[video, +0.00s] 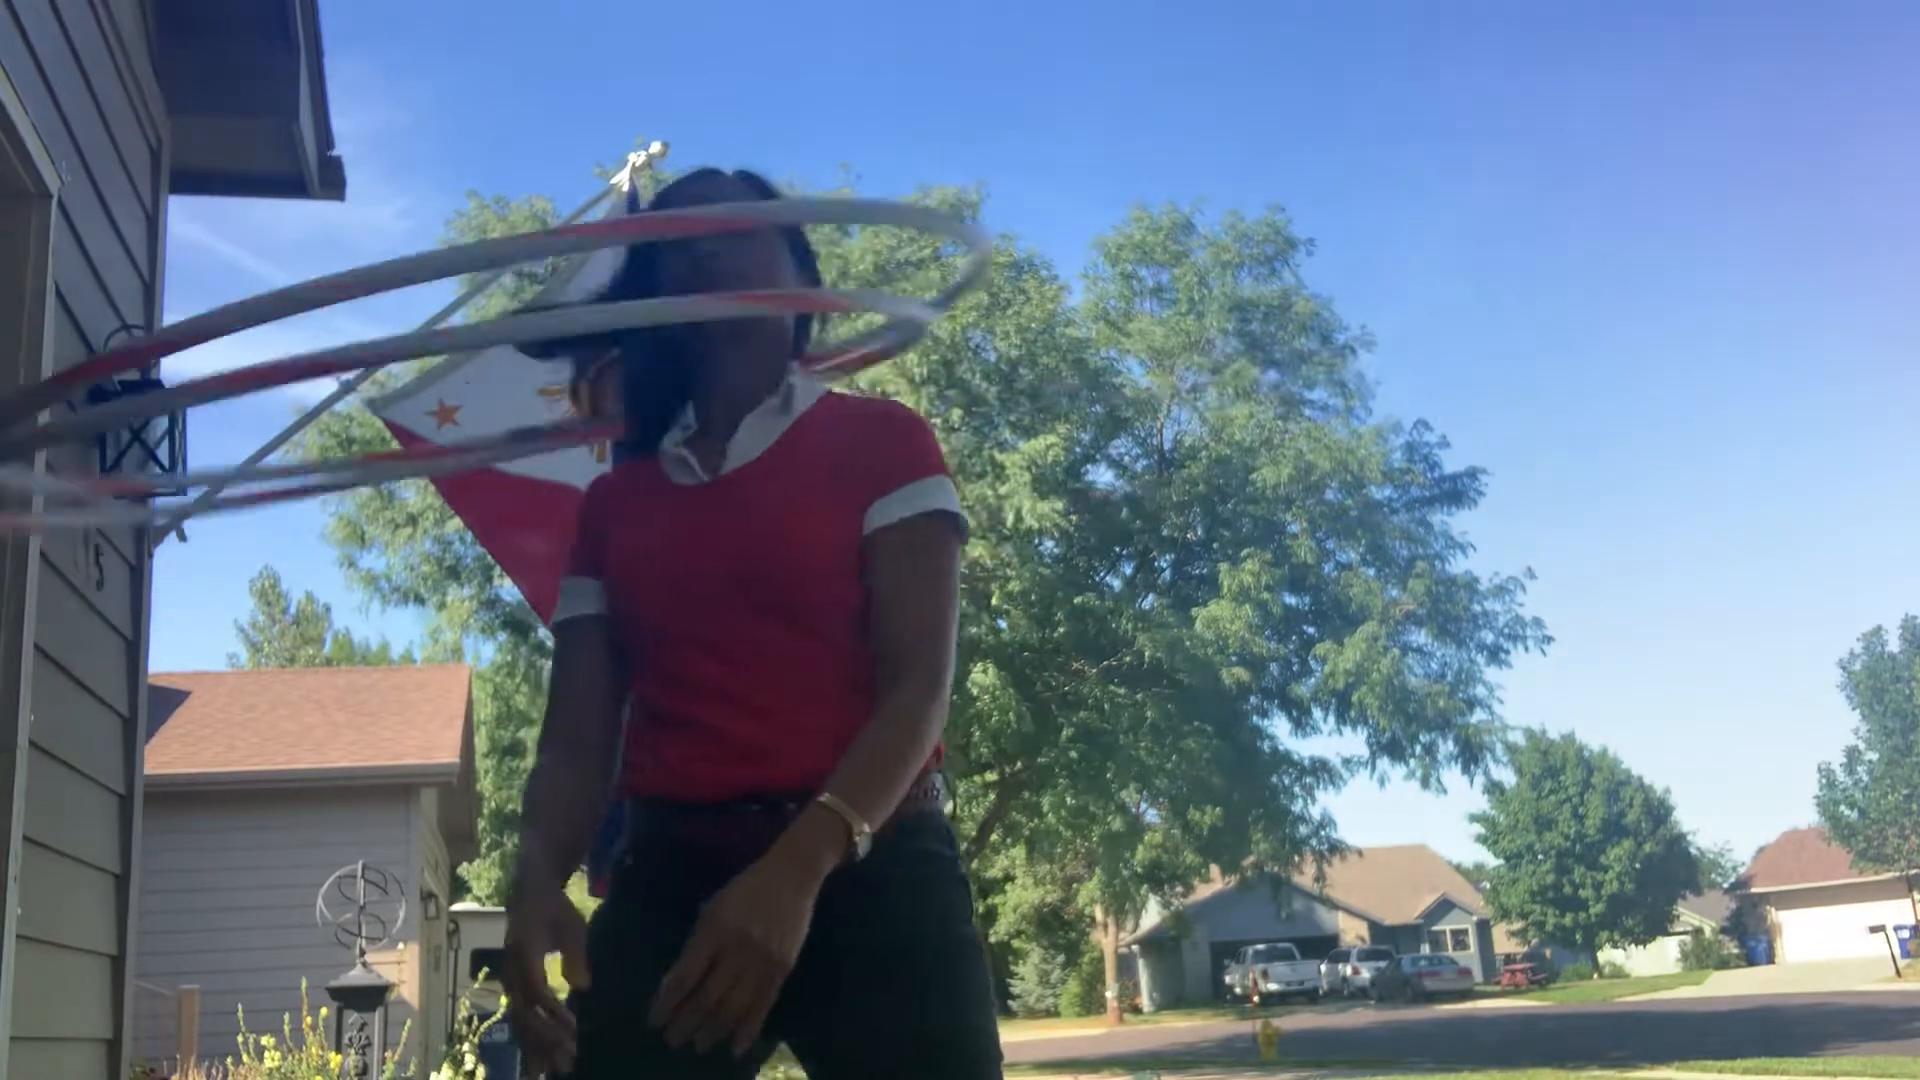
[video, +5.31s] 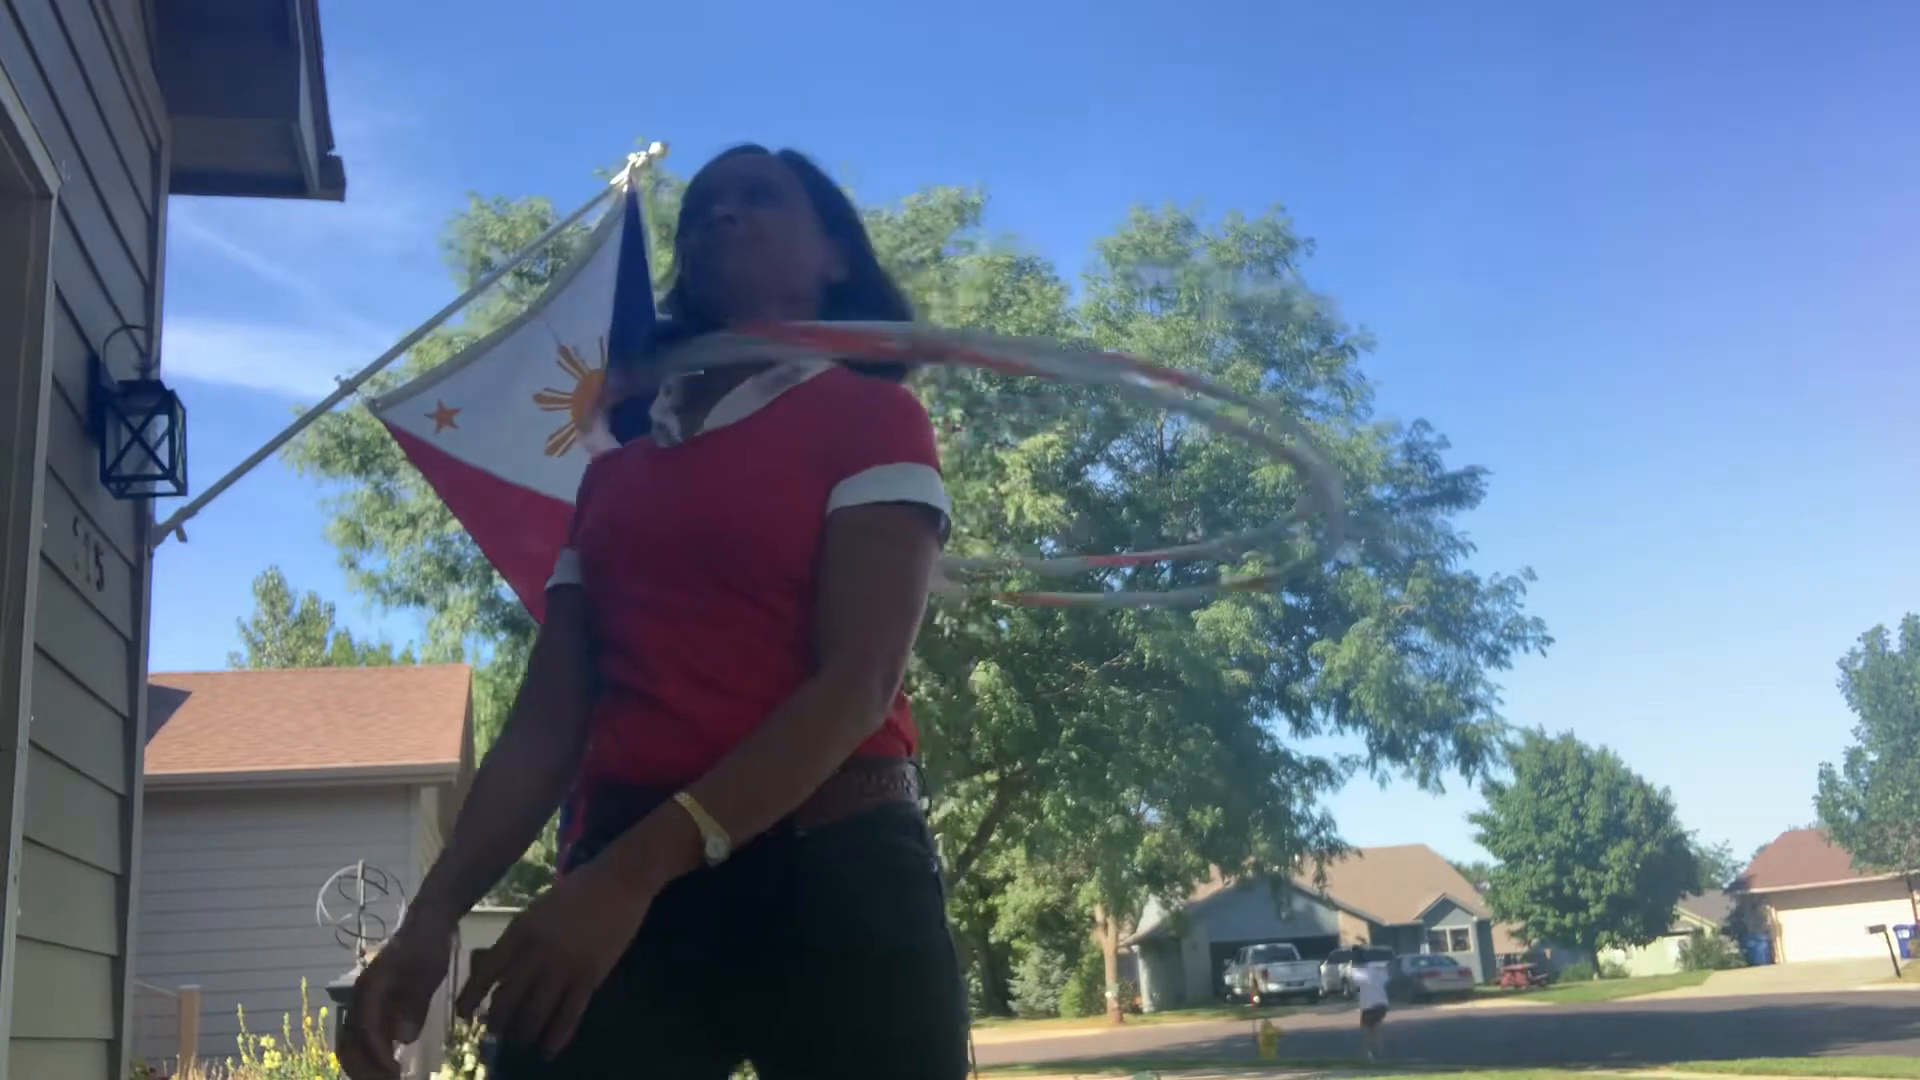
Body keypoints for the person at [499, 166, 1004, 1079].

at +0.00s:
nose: (725, 256)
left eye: (750, 236)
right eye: (695, 241)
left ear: (802, 285)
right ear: (658, 290)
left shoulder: (880, 438)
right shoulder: (616, 501)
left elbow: (918, 690)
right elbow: (576, 734)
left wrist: (800, 863)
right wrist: (538, 883)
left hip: (873, 874)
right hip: (669, 884)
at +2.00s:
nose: (722, 222)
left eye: (759, 204)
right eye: (698, 217)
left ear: (829, 261)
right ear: (673, 280)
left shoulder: (874, 402)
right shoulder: (626, 471)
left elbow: (875, 656)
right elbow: (563, 711)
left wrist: (695, 840)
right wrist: (442, 887)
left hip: (866, 861)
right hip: (653, 877)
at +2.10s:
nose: (666, 215)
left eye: (704, 196)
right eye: (639, 214)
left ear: (776, 257)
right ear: (621, 281)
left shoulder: (831, 384)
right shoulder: (592, 488)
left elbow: (886, 664)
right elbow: (544, 738)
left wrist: (729, 869)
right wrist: (429, 916)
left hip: (857, 861)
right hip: (649, 877)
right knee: (570, 1062)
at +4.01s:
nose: (791, 237)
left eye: (831, 215)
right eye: (772, 229)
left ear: (905, 272)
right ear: (754, 287)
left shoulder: (951, 444)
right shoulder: (679, 478)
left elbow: (948, 704)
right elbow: (595, 689)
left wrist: (745, 837)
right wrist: (509, 845)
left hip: (884, 867)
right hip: (675, 875)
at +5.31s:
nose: (720, 213)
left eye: (760, 195)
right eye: (700, 213)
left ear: (837, 257)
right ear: (685, 275)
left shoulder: (866, 409)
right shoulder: (616, 465)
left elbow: (856, 686)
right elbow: (547, 712)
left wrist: (632, 869)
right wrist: (431, 915)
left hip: (834, 874)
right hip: (617, 893)